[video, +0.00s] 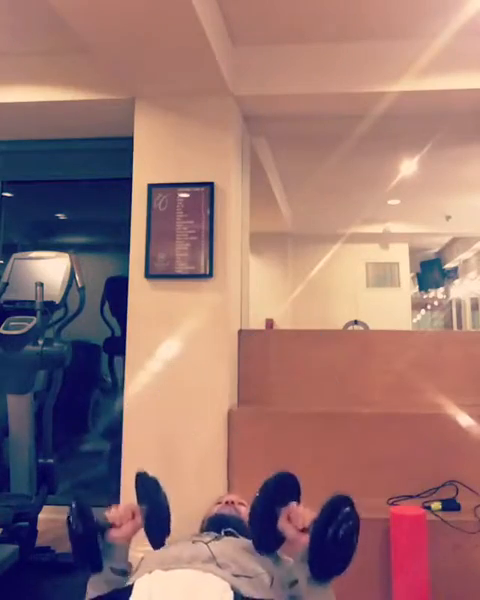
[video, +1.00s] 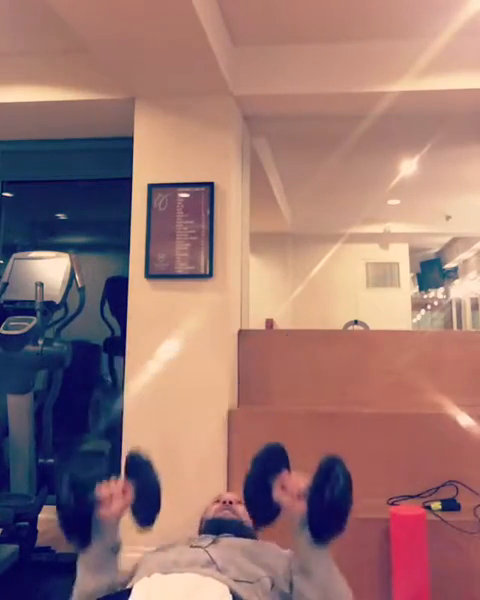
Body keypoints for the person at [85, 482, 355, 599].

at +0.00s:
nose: (230, 503)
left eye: (239, 504)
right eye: (221, 502)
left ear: (254, 520)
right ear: (203, 521)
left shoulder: (268, 554)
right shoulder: (161, 553)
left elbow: (310, 598)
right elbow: (108, 595)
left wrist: (304, 553)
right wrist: (117, 546)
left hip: (218, 589)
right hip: (149, 587)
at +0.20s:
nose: (228, 507)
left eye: (238, 509)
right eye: (220, 507)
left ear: (255, 530)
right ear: (202, 524)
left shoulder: (276, 554)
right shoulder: (157, 551)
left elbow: (328, 590)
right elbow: (86, 586)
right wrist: (117, 482)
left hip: (224, 588)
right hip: (152, 586)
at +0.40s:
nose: (229, 515)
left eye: (241, 517)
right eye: (222, 515)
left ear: (258, 532)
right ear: (203, 529)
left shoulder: (284, 565)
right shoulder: (142, 557)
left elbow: (307, 508)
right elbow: (115, 501)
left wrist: (284, 407)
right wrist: (133, 409)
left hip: (222, 588)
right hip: (147, 586)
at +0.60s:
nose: (228, 510)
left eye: (239, 515)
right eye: (220, 511)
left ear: (255, 531)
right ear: (202, 524)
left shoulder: (277, 559)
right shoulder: (150, 544)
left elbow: (288, 485)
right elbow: (136, 474)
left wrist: (270, 395)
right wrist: (146, 389)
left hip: (223, 588)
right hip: (145, 587)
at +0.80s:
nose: (225, 505)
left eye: (236, 507)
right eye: (217, 505)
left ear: (255, 528)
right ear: (198, 524)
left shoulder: (276, 556)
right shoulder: (151, 551)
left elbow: (322, 548)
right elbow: (97, 536)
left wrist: (288, 448)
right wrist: (124, 446)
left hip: (225, 588)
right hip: (150, 585)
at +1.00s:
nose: (226, 501)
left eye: (237, 502)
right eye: (217, 502)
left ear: (255, 525)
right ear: (198, 525)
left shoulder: (277, 556)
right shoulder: (157, 556)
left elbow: (327, 596)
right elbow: (94, 595)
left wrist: (305, 524)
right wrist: (106, 526)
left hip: (222, 590)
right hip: (150, 588)